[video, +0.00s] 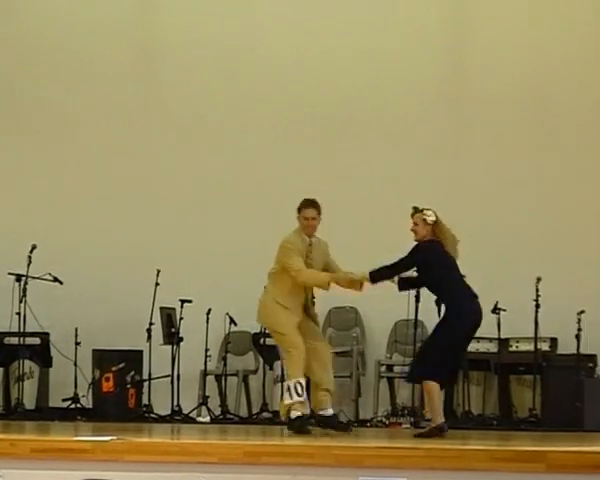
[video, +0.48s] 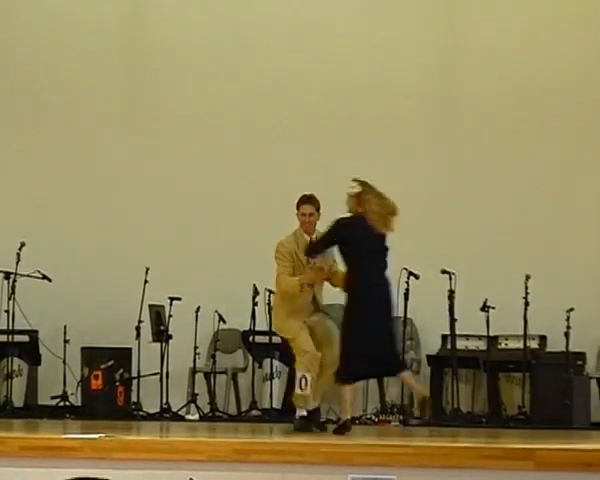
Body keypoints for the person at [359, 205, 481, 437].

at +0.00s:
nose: (412, 228)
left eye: (416, 225)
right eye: (412, 225)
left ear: (429, 227)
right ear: (429, 228)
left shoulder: (424, 249)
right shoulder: (438, 249)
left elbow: (395, 268)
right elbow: (426, 279)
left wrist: (367, 277)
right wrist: (396, 282)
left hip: (460, 311)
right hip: (469, 310)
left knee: (428, 363)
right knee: (430, 363)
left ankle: (437, 421)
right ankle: (434, 419)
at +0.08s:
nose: (410, 227)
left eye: (414, 223)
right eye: (411, 223)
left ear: (427, 224)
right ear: (427, 225)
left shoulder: (424, 246)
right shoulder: (437, 247)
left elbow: (393, 263)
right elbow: (421, 274)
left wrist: (365, 270)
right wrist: (395, 275)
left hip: (463, 307)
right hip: (471, 306)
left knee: (435, 361)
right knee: (438, 362)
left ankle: (439, 422)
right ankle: (439, 421)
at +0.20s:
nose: (406, 225)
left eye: (410, 222)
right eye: (406, 221)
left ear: (423, 224)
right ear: (423, 225)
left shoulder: (416, 246)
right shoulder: (433, 247)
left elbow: (389, 268)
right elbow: (420, 277)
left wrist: (361, 278)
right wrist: (388, 281)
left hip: (452, 309)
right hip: (463, 307)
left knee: (423, 358)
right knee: (438, 361)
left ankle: (431, 417)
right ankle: (454, 420)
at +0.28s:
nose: (395, 215)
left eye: (399, 212)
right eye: (397, 211)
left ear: (409, 217)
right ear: (413, 217)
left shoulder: (403, 241)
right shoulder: (423, 241)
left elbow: (377, 266)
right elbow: (415, 274)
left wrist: (353, 273)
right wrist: (385, 278)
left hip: (432, 304)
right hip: (448, 302)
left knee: (401, 351)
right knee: (432, 357)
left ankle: (410, 405)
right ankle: (450, 417)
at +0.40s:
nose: (368, 203)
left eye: (372, 200)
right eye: (370, 199)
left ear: (381, 204)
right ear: (390, 205)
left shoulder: (369, 226)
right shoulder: (395, 228)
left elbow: (346, 254)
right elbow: (387, 261)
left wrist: (328, 265)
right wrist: (363, 271)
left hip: (388, 292)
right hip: (406, 290)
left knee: (368, 352)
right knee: (410, 351)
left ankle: (357, 413)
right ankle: (438, 406)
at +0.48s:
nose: (350, 203)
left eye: (352, 200)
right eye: (352, 200)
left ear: (357, 203)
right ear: (373, 205)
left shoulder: (344, 225)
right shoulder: (378, 227)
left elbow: (313, 250)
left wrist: (314, 241)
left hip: (359, 294)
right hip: (381, 293)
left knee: (348, 354)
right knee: (385, 352)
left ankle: (346, 417)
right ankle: (419, 392)